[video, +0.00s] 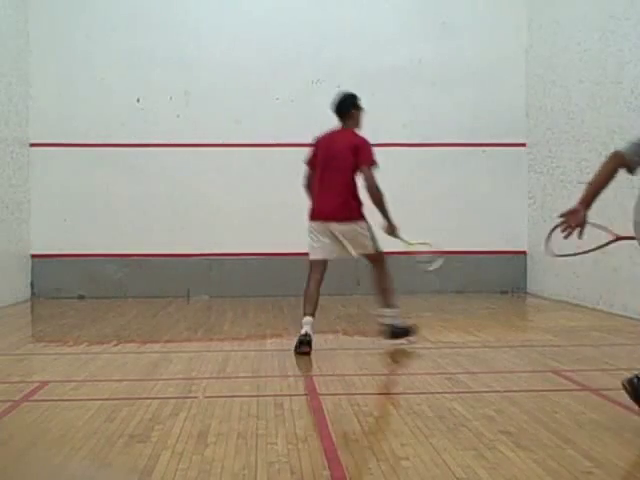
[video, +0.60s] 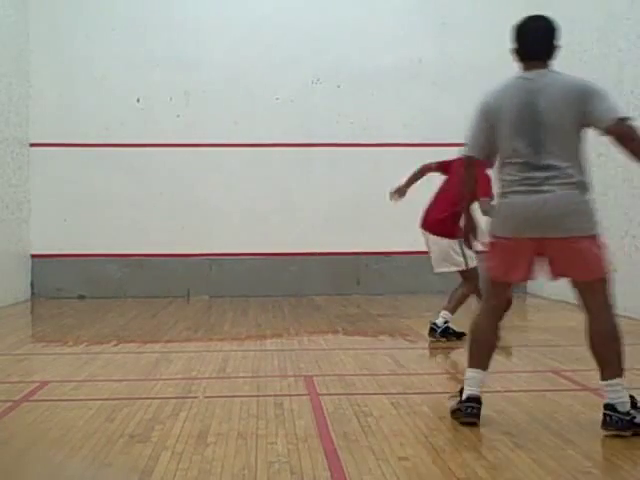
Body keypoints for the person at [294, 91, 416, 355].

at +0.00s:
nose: (362, 116)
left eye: (360, 112)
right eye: (359, 112)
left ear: (339, 115)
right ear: (353, 114)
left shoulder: (321, 141)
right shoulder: (358, 142)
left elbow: (308, 182)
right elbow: (371, 185)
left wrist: (322, 206)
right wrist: (388, 220)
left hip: (319, 216)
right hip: (347, 216)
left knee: (315, 273)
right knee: (378, 262)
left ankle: (305, 331)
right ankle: (391, 321)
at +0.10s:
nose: (386, 130)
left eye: (385, 126)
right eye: (385, 126)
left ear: (365, 127)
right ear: (381, 128)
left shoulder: (347, 151)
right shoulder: (382, 157)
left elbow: (332, 187)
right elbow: (394, 200)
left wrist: (352, 203)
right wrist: (412, 232)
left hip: (337, 223)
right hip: (366, 226)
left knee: (325, 280)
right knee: (403, 269)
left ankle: (307, 333)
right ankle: (428, 321)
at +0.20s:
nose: (417, 136)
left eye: (416, 131)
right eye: (416, 132)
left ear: (396, 132)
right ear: (412, 134)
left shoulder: (379, 154)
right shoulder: (410, 164)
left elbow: (356, 184)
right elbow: (417, 207)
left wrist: (369, 206)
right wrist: (435, 238)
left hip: (365, 226)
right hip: (392, 229)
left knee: (352, 276)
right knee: (428, 267)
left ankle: (324, 314)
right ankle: (439, 325)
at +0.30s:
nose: (443, 142)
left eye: (441, 138)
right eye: (443, 139)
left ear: (423, 137)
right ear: (441, 140)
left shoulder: (404, 157)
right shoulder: (434, 168)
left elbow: (379, 184)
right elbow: (439, 210)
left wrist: (387, 212)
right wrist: (457, 242)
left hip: (387, 225)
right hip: (411, 227)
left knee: (391, 281)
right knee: (444, 267)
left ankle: (363, 303)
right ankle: (440, 325)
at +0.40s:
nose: (464, 146)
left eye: (462, 142)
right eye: (464, 142)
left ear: (443, 139)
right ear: (461, 144)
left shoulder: (424, 157)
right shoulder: (453, 169)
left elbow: (396, 182)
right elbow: (457, 209)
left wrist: (396, 212)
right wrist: (479, 238)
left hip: (401, 221)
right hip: (423, 224)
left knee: (431, 263)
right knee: (454, 267)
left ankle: (407, 302)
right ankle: (441, 324)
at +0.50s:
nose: (481, 150)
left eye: (480, 146)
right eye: (481, 146)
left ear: (461, 143)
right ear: (479, 147)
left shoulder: (442, 158)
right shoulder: (468, 170)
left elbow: (411, 175)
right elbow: (472, 208)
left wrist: (399, 201)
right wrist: (495, 227)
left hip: (416, 220)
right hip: (434, 224)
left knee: (452, 268)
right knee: (461, 271)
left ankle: (446, 315)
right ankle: (441, 323)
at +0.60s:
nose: (496, 160)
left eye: (496, 154)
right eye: (495, 154)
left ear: (476, 150)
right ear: (490, 155)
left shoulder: (459, 162)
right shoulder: (481, 173)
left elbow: (426, 168)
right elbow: (486, 208)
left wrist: (404, 187)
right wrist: (511, 214)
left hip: (430, 223)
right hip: (447, 228)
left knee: (472, 277)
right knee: (471, 280)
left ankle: (492, 311)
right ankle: (441, 323)